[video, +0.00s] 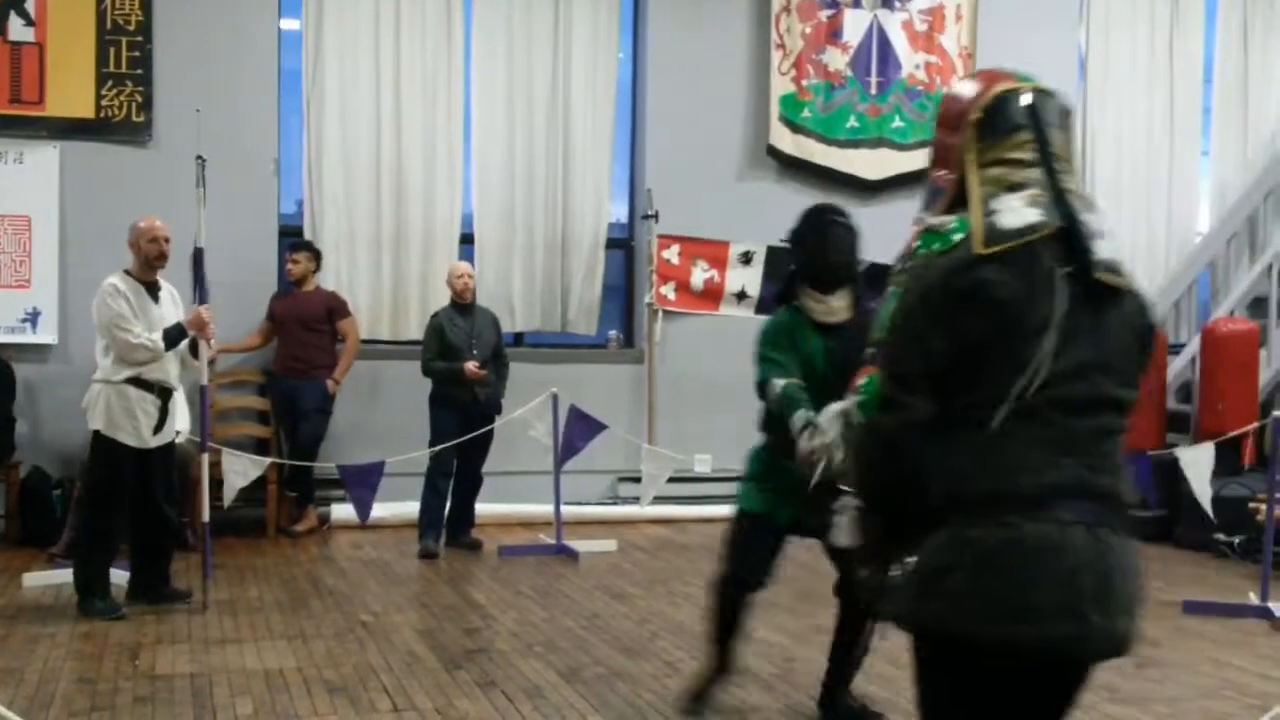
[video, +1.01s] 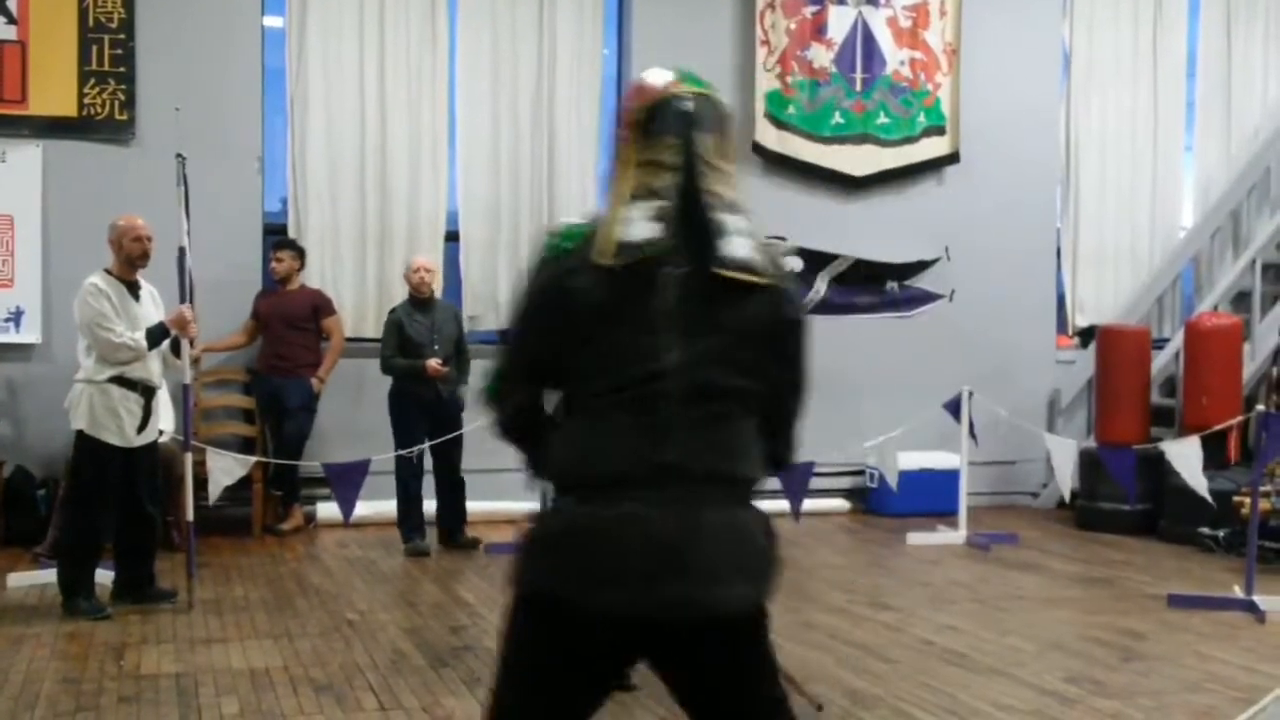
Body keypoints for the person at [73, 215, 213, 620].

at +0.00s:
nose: (163, 248)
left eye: (166, 242)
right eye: (154, 242)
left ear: (170, 248)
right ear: (133, 247)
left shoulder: (171, 295)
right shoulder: (113, 290)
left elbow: (182, 356)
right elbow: (132, 349)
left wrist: (199, 345)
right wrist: (185, 329)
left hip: (163, 410)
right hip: (121, 407)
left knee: (157, 501)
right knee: (106, 502)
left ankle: (150, 584)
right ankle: (93, 591)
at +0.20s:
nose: (156, 249)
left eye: (159, 242)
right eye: (147, 242)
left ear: (163, 248)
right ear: (126, 248)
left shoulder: (163, 295)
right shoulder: (106, 291)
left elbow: (177, 356)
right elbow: (124, 350)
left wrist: (194, 347)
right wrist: (178, 330)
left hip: (156, 412)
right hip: (113, 409)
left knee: (150, 503)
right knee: (98, 503)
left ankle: (143, 583)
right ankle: (85, 592)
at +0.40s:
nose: (147, 248)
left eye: (150, 241)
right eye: (137, 241)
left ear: (153, 247)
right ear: (116, 247)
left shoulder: (154, 294)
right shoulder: (96, 291)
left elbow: (170, 354)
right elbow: (116, 348)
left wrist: (186, 345)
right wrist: (169, 328)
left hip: (147, 411)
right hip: (105, 408)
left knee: (142, 502)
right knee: (91, 503)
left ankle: (136, 583)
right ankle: (78, 592)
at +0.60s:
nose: (144, 247)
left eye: (146, 240)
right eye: (135, 241)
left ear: (149, 246)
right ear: (112, 246)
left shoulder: (149, 293)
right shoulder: (92, 291)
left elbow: (165, 353)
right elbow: (113, 348)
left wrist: (183, 345)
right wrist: (166, 327)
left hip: (144, 410)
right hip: (102, 408)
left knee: (139, 502)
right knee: (89, 503)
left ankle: (133, 583)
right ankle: (75, 592)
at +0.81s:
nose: (147, 247)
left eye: (150, 240)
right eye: (138, 241)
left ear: (153, 246)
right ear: (116, 246)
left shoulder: (153, 293)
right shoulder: (96, 291)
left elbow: (168, 356)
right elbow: (117, 348)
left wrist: (185, 344)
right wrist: (170, 327)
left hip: (147, 410)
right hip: (106, 407)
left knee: (143, 501)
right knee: (93, 502)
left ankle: (137, 582)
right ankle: (79, 592)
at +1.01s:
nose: (147, 247)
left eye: (149, 240)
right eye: (138, 240)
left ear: (151, 246)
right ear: (115, 246)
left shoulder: (150, 293)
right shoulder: (94, 290)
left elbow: (168, 355)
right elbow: (115, 348)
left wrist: (183, 343)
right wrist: (168, 328)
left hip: (145, 410)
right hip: (104, 408)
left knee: (141, 501)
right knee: (91, 502)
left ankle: (135, 582)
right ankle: (77, 591)